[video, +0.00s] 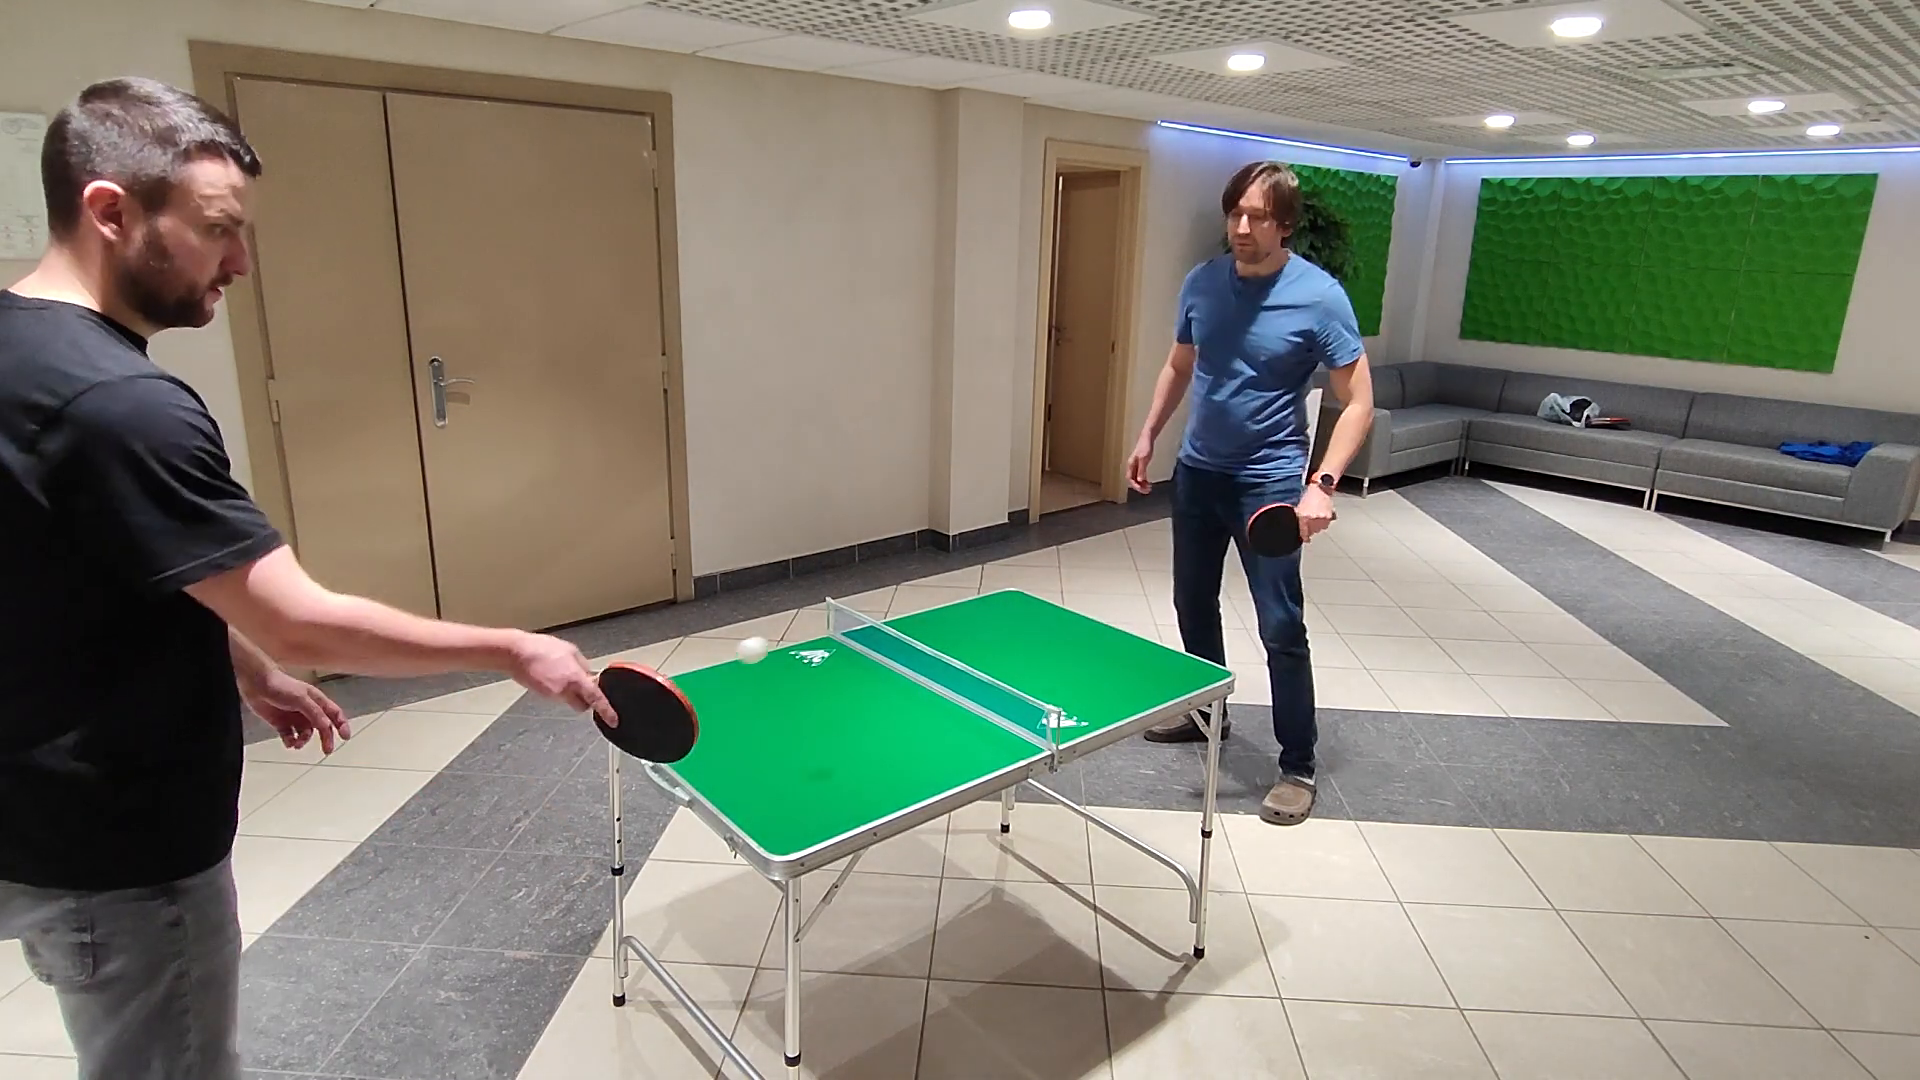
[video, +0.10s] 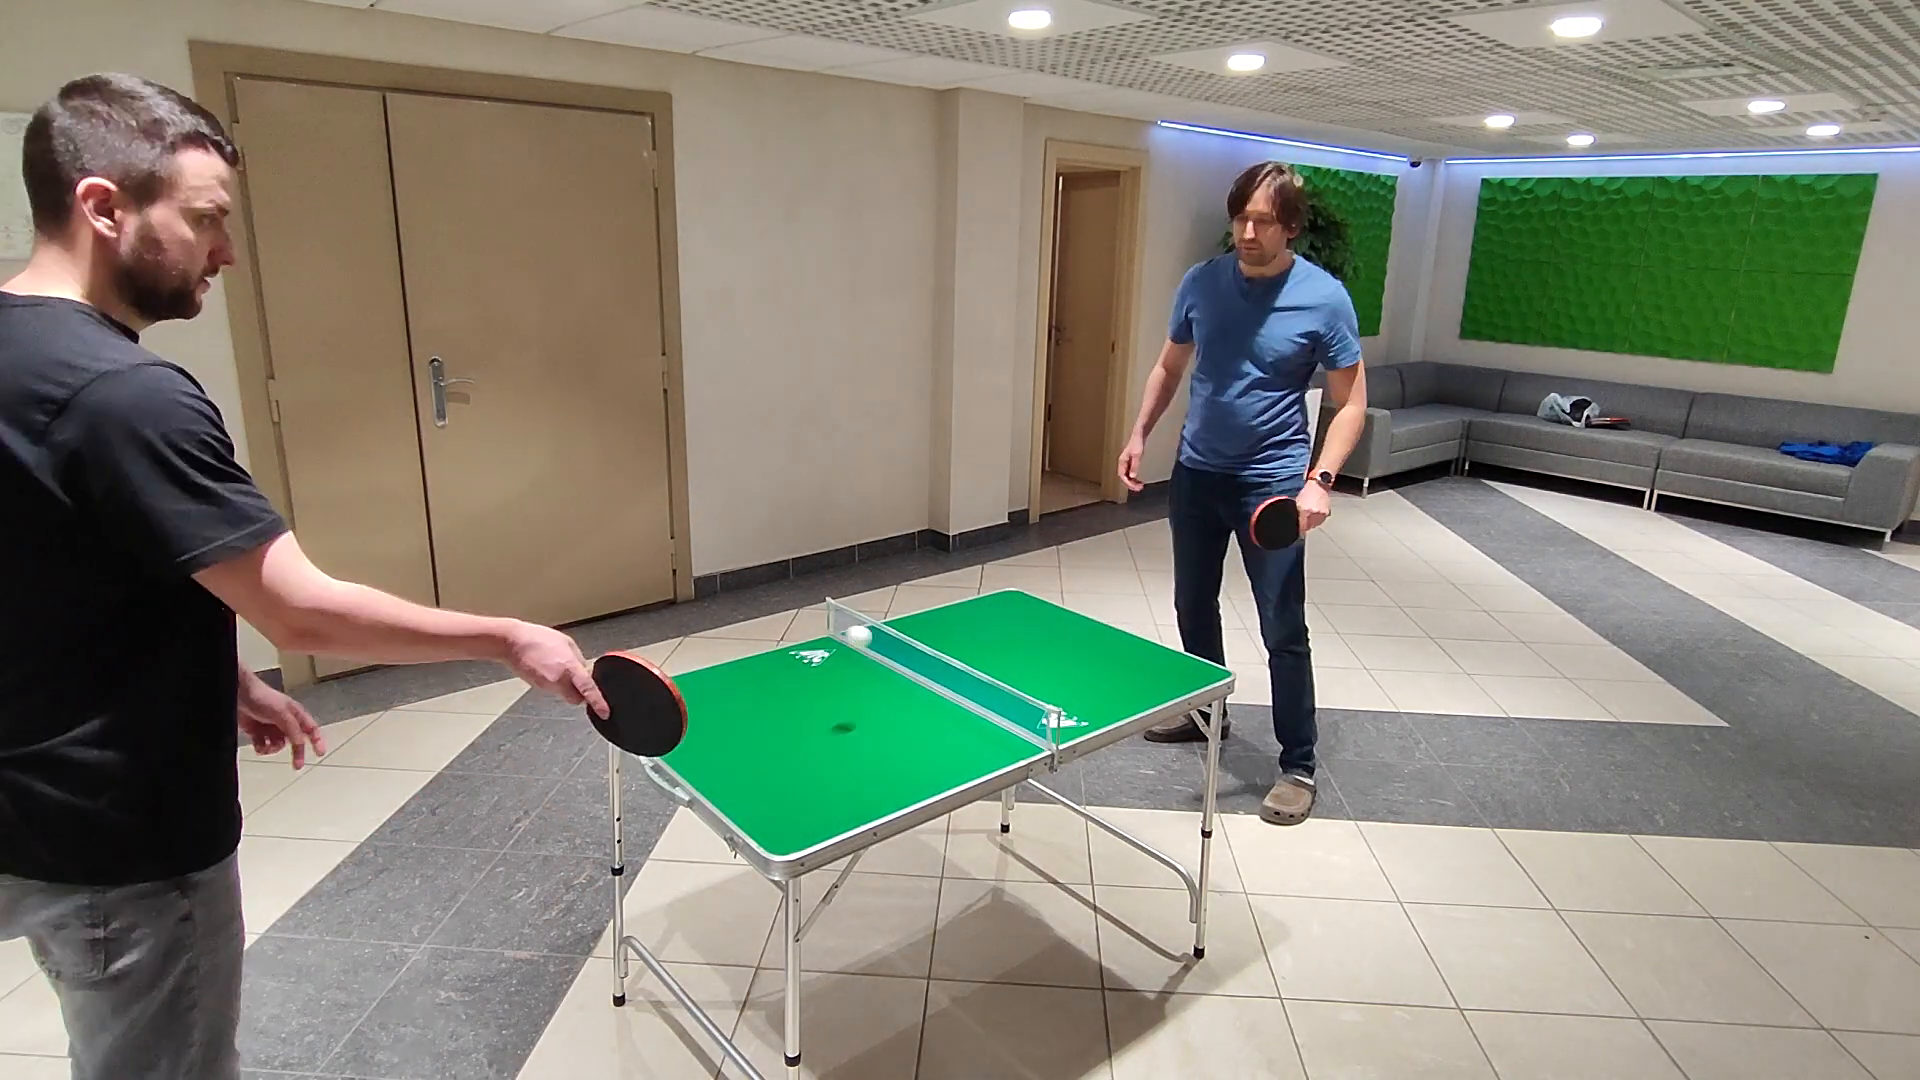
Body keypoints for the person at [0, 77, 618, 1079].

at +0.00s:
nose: (242, 262)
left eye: (243, 233)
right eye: (220, 228)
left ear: (106, 217)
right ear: (110, 214)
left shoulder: (22, 344)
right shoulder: (123, 406)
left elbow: (114, 550)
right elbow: (300, 628)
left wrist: (248, 667)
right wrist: (513, 650)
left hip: (51, 837)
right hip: (128, 863)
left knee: (151, 1059)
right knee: (171, 1070)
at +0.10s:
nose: (227, 253)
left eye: (226, 224)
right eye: (208, 218)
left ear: (99, 212)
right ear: (104, 209)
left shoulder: (15, 342)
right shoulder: (125, 394)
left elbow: (62, 577)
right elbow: (299, 610)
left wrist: (217, 682)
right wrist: (506, 639)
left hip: (39, 825)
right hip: (128, 851)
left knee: (144, 1056)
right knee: (170, 1067)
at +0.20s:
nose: (215, 249)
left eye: (212, 220)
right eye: (197, 215)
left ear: (90, 209)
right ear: (98, 206)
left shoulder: (13, 343)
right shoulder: (122, 390)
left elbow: (53, 593)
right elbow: (259, 620)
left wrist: (204, 710)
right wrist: (469, 659)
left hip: (40, 821)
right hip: (137, 841)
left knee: (111, 1062)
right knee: (178, 1069)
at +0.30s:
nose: (210, 247)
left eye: (208, 219)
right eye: (193, 215)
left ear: (92, 210)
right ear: (97, 210)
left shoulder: (14, 343)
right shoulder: (116, 384)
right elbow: (208, 635)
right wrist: (403, 689)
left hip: (38, 822)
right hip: (139, 839)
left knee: (101, 1064)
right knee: (184, 1069)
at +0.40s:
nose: (212, 254)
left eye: (209, 227)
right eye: (194, 223)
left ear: (95, 217)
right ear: (102, 214)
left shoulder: (14, 342)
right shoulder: (106, 378)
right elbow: (165, 637)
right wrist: (341, 723)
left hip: (39, 834)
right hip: (136, 847)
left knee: (100, 1064)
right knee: (207, 1067)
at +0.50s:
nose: (223, 266)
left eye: (224, 240)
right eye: (210, 234)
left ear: (117, 224)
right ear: (124, 223)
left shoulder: (18, 343)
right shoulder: (102, 374)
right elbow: (134, 639)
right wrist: (299, 748)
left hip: (39, 836)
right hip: (132, 850)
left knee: (106, 1069)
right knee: (237, 1066)